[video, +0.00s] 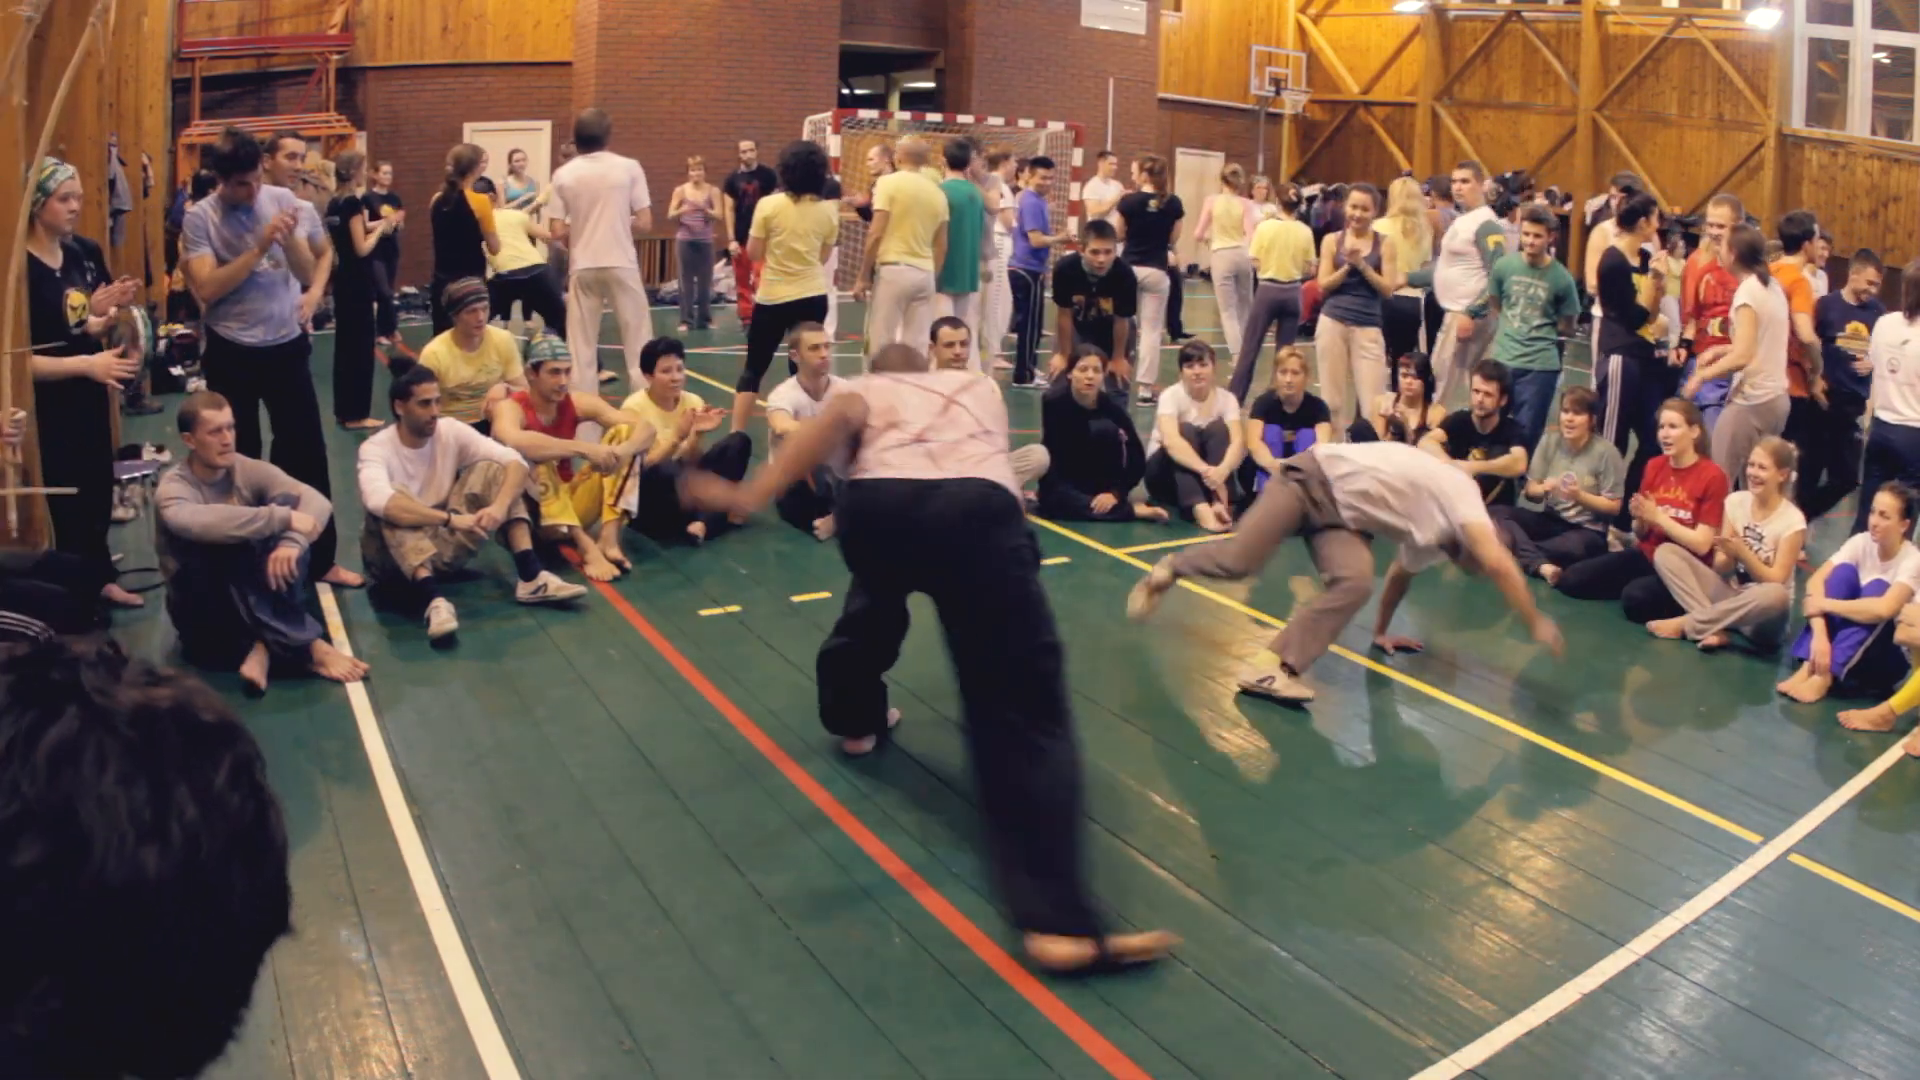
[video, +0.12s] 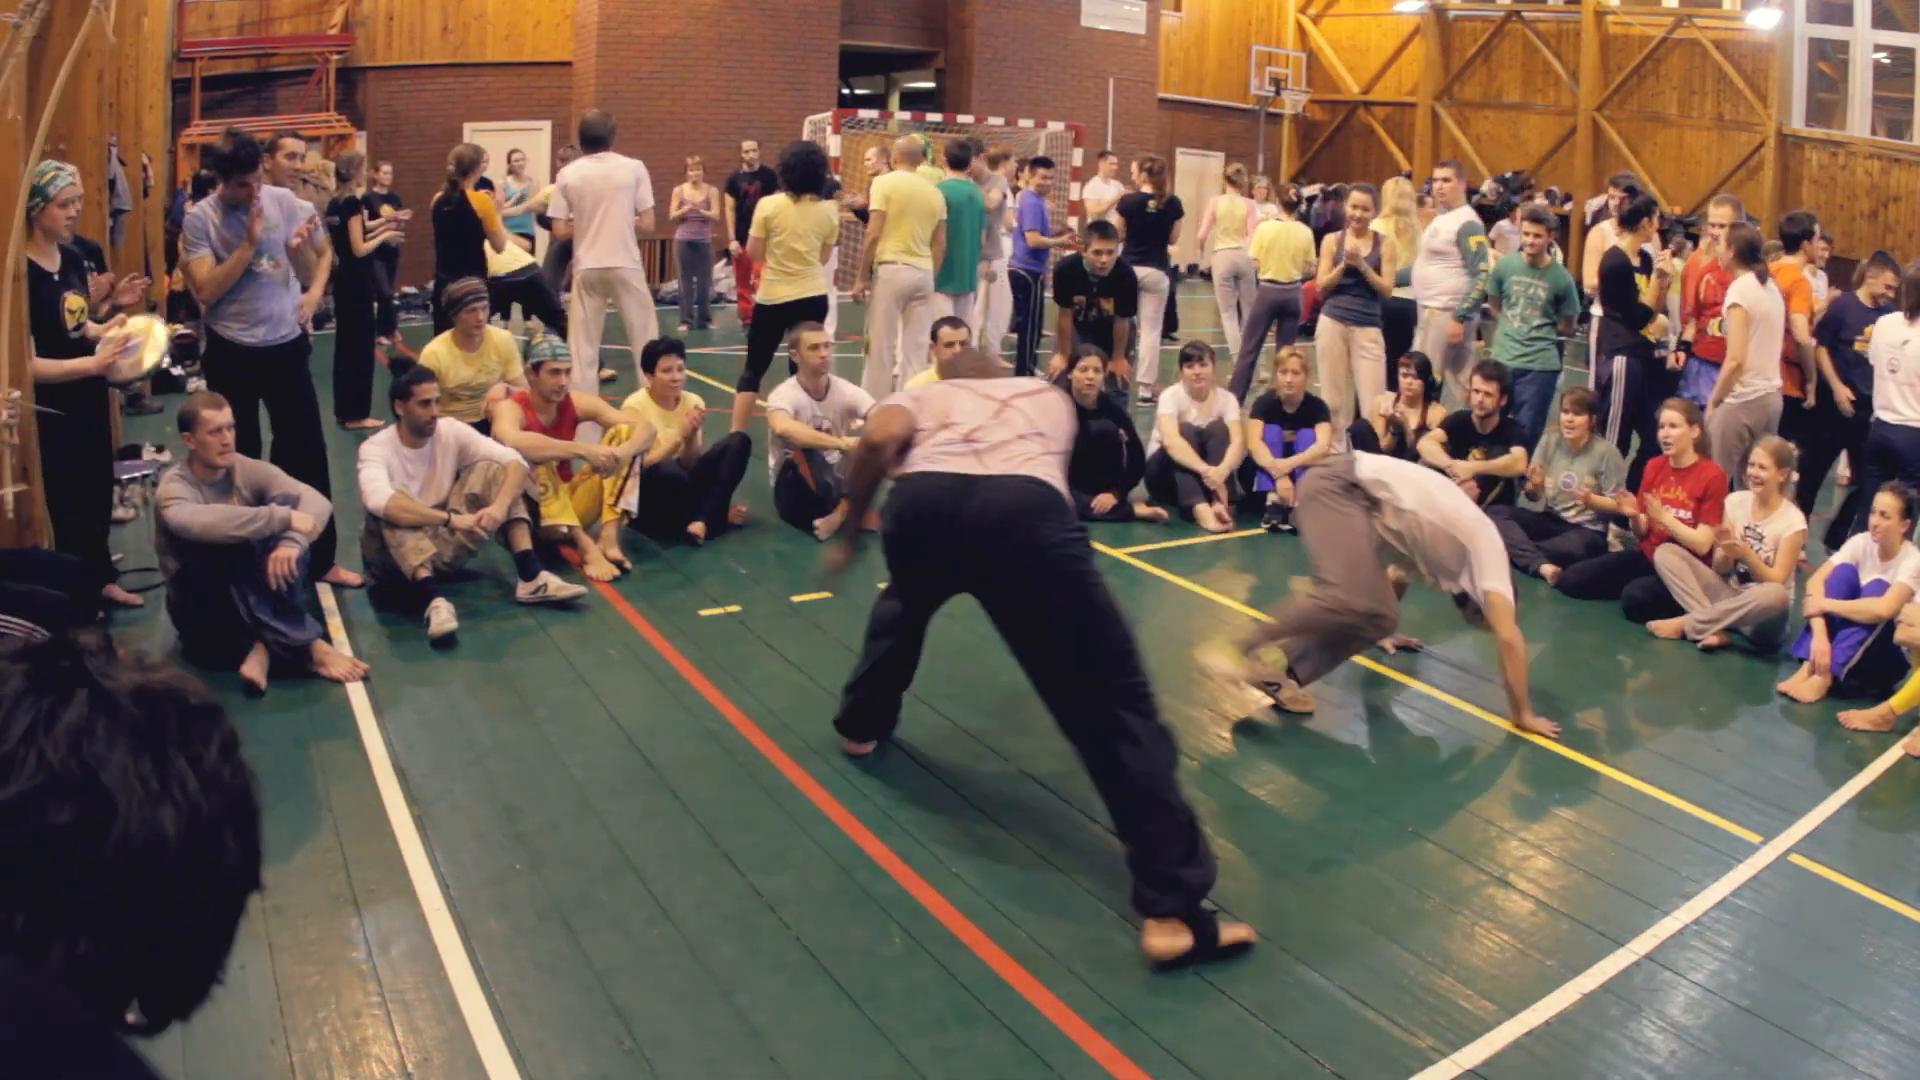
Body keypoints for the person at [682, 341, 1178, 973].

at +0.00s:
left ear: (876, 374)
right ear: (932, 367)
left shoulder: (860, 388)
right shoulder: (977, 387)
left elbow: (814, 438)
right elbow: (991, 462)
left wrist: (747, 496)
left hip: (877, 510)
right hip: (976, 519)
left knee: (872, 599)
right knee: (1021, 706)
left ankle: (853, 722)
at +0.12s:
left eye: (942, 369)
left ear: (944, 380)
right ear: (1010, 374)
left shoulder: (920, 393)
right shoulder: (1049, 395)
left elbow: (880, 437)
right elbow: (1052, 460)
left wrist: (850, 524)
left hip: (922, 503)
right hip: (1028, 513)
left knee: (906, 597)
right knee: (1114, 704)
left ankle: (861, 725)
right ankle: (1172, 906)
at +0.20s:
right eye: (1129, 362)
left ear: (1048, 354)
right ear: (1115, 360)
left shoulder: (995, 374)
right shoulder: (1125, 387)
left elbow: (915, 435)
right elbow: (1111, 501)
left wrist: (921, 522)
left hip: (950, 504)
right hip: (1048, 524)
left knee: (928, 606)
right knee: (1168, 696)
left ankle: (869, 729)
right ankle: (1173, 898)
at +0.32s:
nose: (1295, 374)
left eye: (1296, 364)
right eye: (1294, 363)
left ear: (1228, 333)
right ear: (1278, 354)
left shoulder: (1137, 354)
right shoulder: (1267, 389)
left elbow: (1016, 401)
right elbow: (1277, 473)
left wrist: (922, 490)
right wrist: (1314, 452)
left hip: (989, 511)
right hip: (1066, 548)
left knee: (989, 607)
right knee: (1228, 670)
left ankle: (879, 719)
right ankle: (1214, 869)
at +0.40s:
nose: (1391, 401)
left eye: (1393, 387)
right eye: (1390, 387)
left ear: (1324, 357)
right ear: (1367, 384)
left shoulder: (1240, 359)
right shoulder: (1343, 433)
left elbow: (1111, 377)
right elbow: (1399, 531)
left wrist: (1003, 389)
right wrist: (1386, 465)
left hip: (1048, 507)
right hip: (1096, 563)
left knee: (1068, 612)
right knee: (1228, 696)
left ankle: (926, 683)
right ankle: (1227, 878)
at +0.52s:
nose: (1474, 503)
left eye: (1481, 492)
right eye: (1475, 492)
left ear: (1430, 413)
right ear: (1446, 487)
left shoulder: (1381, 388)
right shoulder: (1380, 527)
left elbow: (1283, 326)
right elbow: (1398, 690)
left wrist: (1255, 278)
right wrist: (1501, 714)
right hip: (1143, 528)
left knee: (1252, 647)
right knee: (1248, 696)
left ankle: (1114, 690)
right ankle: (1230, 877)